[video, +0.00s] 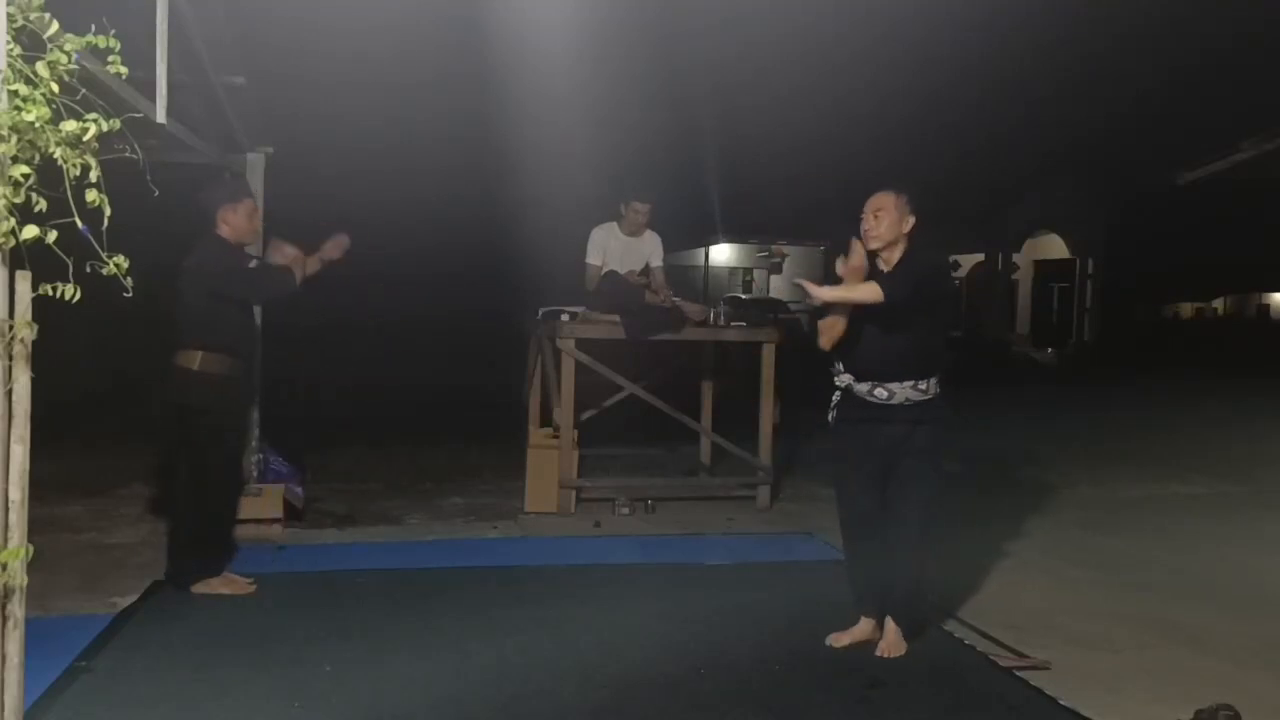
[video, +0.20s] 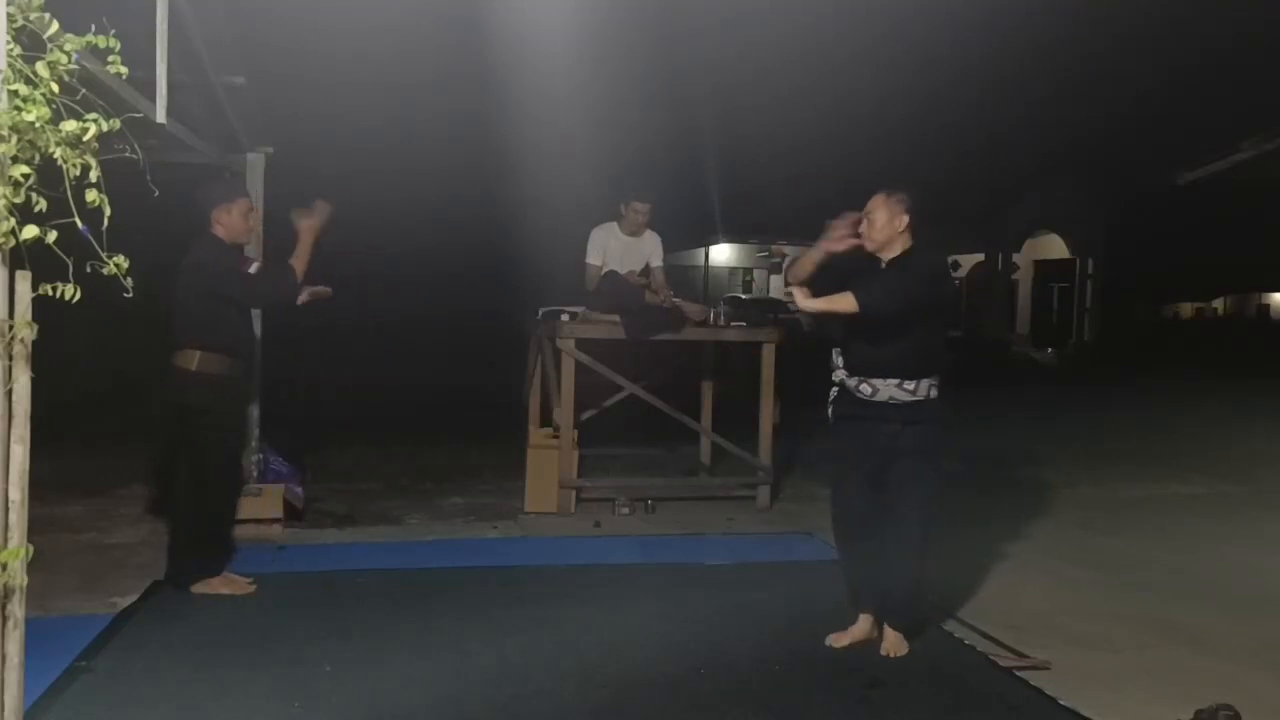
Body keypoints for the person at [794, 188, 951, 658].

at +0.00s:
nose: (866, 222)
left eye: (878, 213)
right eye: (864, 215)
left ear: (908, 223)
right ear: (861, 227)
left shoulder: (929, 269)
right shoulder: (853, 275)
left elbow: (888, 292)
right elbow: (825, 339)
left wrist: (825, 293)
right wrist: (853, 280)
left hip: (914, 411)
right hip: (857, 407)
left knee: (906, 515)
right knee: (858, 513)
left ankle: (895, 620)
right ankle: (869, 617)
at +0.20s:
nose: (864, 223)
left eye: (873, 215)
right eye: (864, 216)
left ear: (903, 221)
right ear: (869, 226)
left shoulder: (924, 271)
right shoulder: (858, 266)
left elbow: (879, 298)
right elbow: (797, 281)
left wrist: (813, 304)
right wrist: (822, 248)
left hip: (909, 415)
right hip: (855, 411)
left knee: (903, 516)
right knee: (853, 512)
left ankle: (895, 622)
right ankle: (867, 616)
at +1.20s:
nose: (883, 223)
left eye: (895, 215)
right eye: (876, 216)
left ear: (920, 222)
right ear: (869, 224)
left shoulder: (934, 270)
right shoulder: (858, 265)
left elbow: (885, 291)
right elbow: (822, 282)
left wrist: (842, 248)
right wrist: (885, 265)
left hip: (913, 411)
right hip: (858, 407)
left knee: (904, 515)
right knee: (854, 510)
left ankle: (898, 622)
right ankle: (865, 617)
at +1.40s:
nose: (887, 222)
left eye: (897, 215)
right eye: (877, 215)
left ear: (911, 222)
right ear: (862, 223)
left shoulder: (930, 266)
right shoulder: (845, 264)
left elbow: (985, 267)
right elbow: (826, 281)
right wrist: (892, 265)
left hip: (914, 414)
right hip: (855, 412)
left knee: (908, 517)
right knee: (853, 514)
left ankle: (898, 624)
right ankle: (863, 616)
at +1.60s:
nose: (877, 223)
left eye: (888, 214)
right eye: (870, 216)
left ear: (912, 219)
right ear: (863, 223)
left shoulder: (930, 260)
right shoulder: (848, 261)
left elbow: (966, 281)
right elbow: (821, 291)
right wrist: (884, 274)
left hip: (913, 415)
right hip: (854, 411)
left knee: (908, 519)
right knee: (850, 515)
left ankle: (898, 624)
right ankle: (863, 615)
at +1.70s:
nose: (878, 226)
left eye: (890, 216)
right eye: (873, 218)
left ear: (918, 222)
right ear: (869, 224)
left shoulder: (936, 269)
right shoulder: (856, 268)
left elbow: (891, 262)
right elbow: (821, 299)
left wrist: (832, 263)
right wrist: (887, 275)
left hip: (912, 412)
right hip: (854, 409)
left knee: (904, 517)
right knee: (850, 513)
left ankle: (898, 623)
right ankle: (864, 616)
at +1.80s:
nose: (880, 222)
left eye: (888, 214)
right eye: (875, 215)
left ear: (916, 220)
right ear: (864, 220)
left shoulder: (935, 264)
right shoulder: (854, 259)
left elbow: (889, 235)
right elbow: (821, 305)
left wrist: (846, 208)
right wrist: (874, 284)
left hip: (910, 410)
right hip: (853, 406)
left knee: (905, 517)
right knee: (851, 514)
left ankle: (899, 623)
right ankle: (863, 616)